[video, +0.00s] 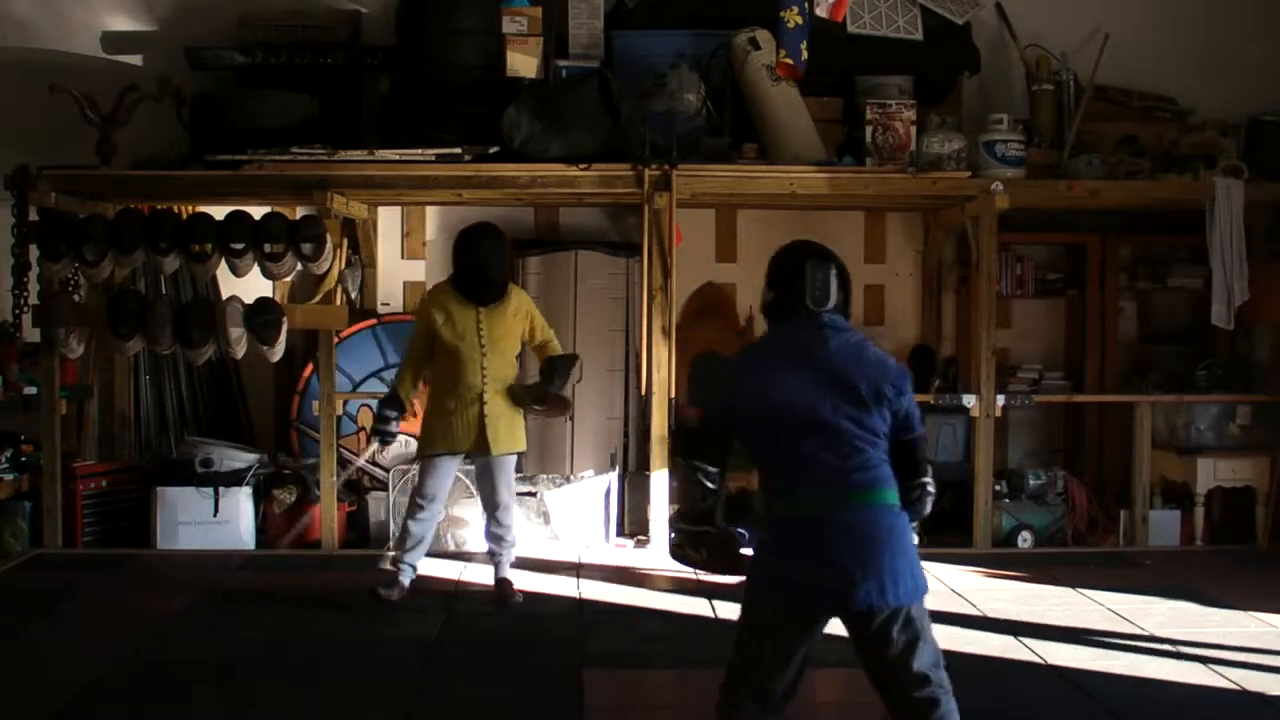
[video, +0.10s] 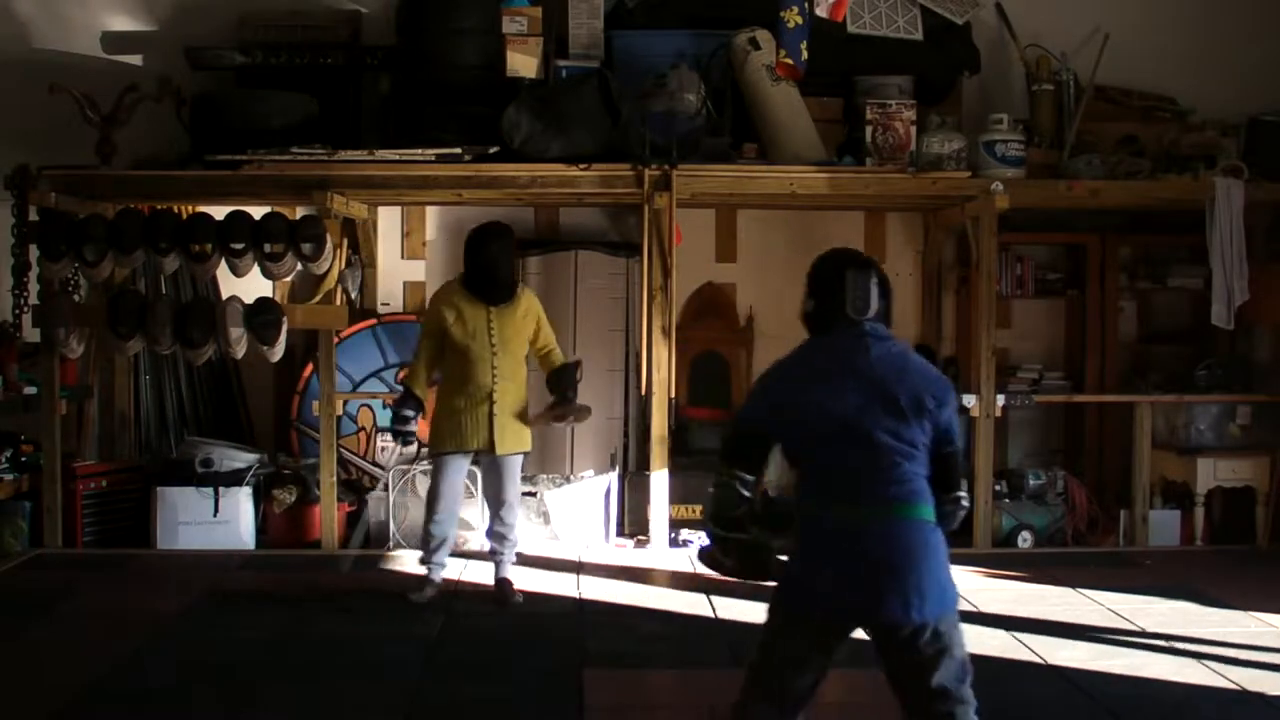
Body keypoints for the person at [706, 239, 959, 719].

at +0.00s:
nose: (765, 298)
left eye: (770, 289)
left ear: (772, 296)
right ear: (841, 296)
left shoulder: (749, 368)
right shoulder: (883, 370)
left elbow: (708, 458)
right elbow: (916, 482)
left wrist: (701, 523)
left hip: (791, 550)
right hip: (878, 546)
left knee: (752, 696)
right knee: (926, 694)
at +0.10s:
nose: (803, 309)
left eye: (808, 299)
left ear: (815, 306)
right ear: (883, 306)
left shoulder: (786, 377)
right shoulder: (928, 381)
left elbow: (735, 486)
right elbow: (952, 501)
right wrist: (905, 543)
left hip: (820, 564)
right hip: (910, 564)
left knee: (768, 703)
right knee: (947, 705)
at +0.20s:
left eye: (856, 297)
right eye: (907, 296)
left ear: (857, 303)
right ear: (919, 302)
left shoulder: (834, 373)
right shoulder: (955, 370)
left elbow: (787, 468)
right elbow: (987, 483)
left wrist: (778, 547)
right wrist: (966, 549)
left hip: (861, 557)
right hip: (944, 558)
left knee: (795, 701)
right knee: (977, 704)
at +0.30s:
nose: (881, 299)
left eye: (886, 290)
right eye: (887, 289)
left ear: (890, 295)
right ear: (949, 296)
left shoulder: (862, 364)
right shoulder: (996, 372)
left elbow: (823, 463)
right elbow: (1018, 489)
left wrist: (798, 523)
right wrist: (988, 538)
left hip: (886, 554)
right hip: (970, 555)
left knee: (834, 695)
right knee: (981, 701)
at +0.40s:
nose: (904, 291)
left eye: (909, 282)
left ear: (912, 288)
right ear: (976, 291)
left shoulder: (883, 360)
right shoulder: (1021, 368)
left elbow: (833, 461)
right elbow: (1043, 487)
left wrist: (811, 511)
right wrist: (1018, 544)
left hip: (901, 553)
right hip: (988, 553)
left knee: (879, 692)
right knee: (986, 700)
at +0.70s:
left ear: (945, 291)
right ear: (1011, 294)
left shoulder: (917, 364)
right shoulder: (1053, 370)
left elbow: (873, 461)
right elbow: (1079, 480)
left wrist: (841, 535)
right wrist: (1082, 551)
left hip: (937, 553)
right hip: (1019, 554)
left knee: (941, 692)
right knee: (1007, 694)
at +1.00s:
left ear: (961, 288)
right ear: (1025, 286)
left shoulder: (933, 359)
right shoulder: (1066, 356)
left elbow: (901, 460)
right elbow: (1105, 457)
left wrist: (902, 528)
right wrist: (1123, 519)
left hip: (963, 539)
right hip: (1041, 538)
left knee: (974, 675)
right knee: (1053, 663)